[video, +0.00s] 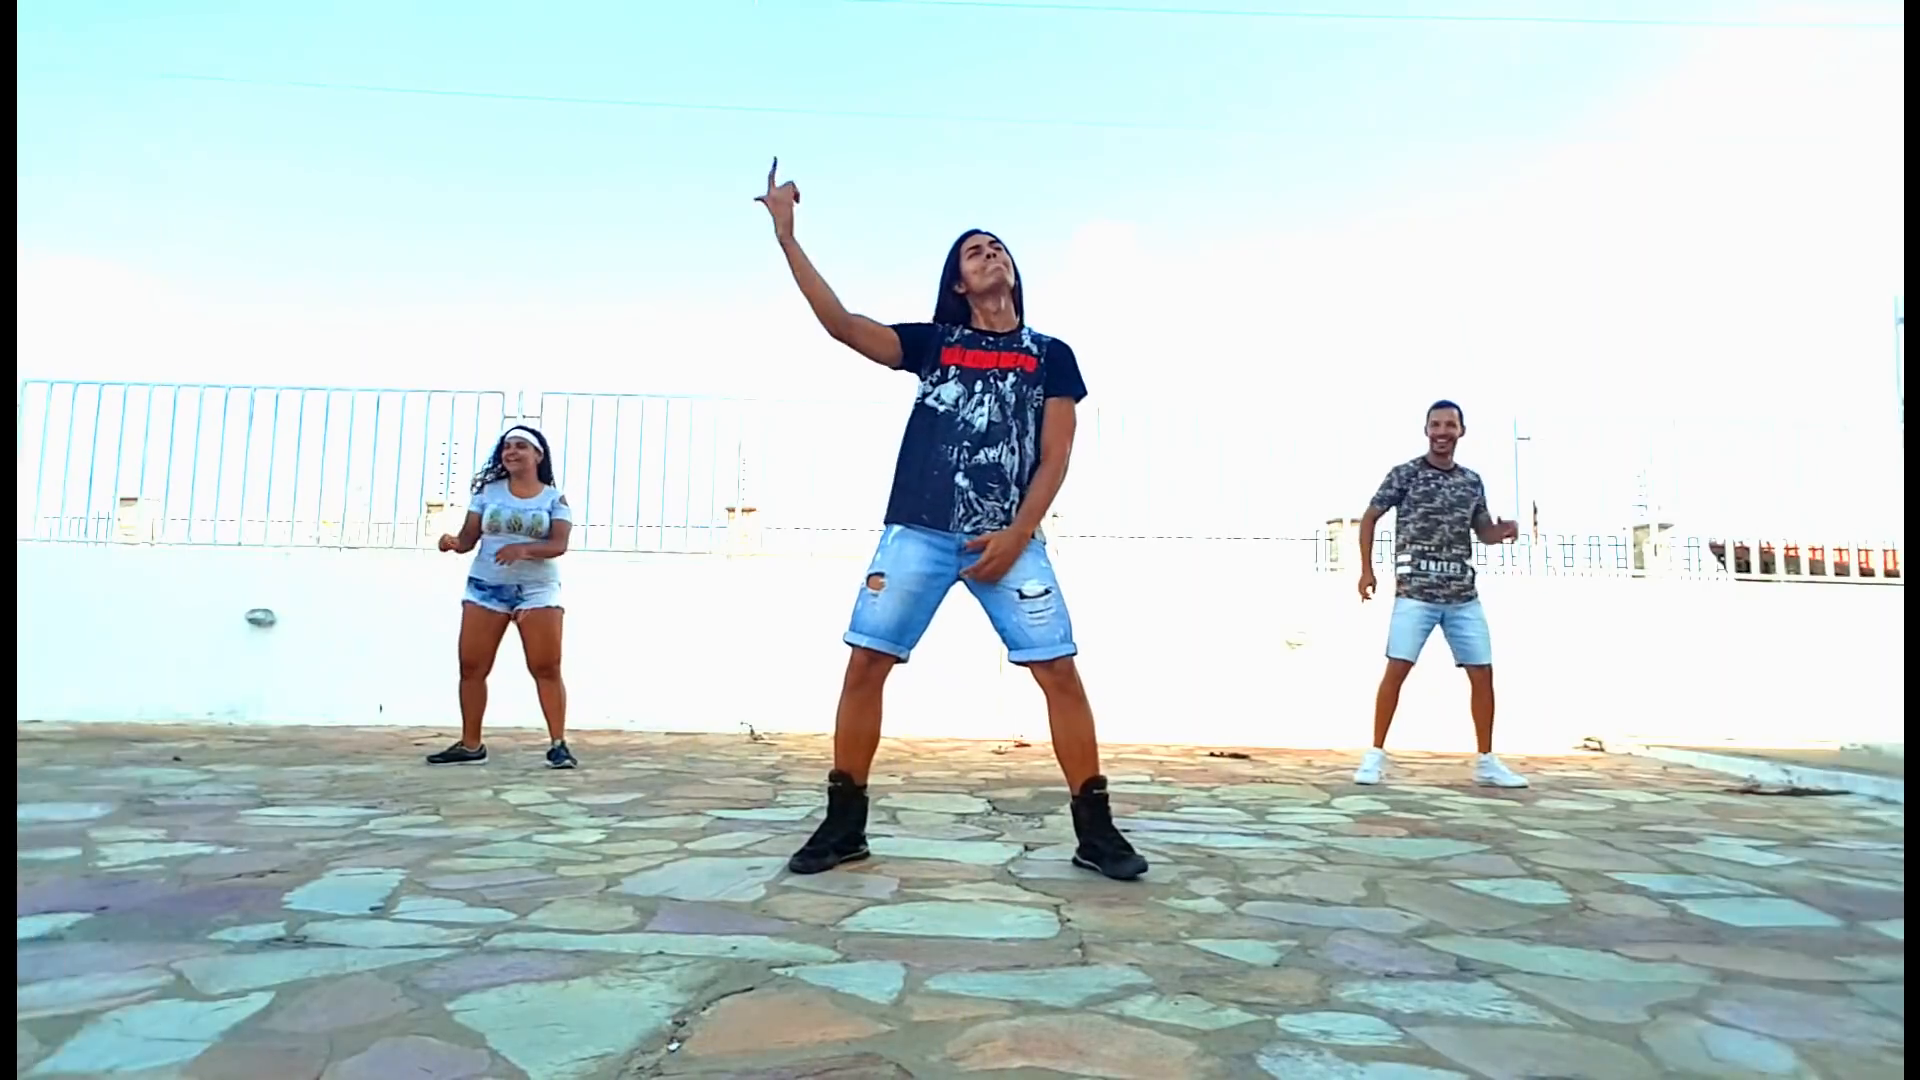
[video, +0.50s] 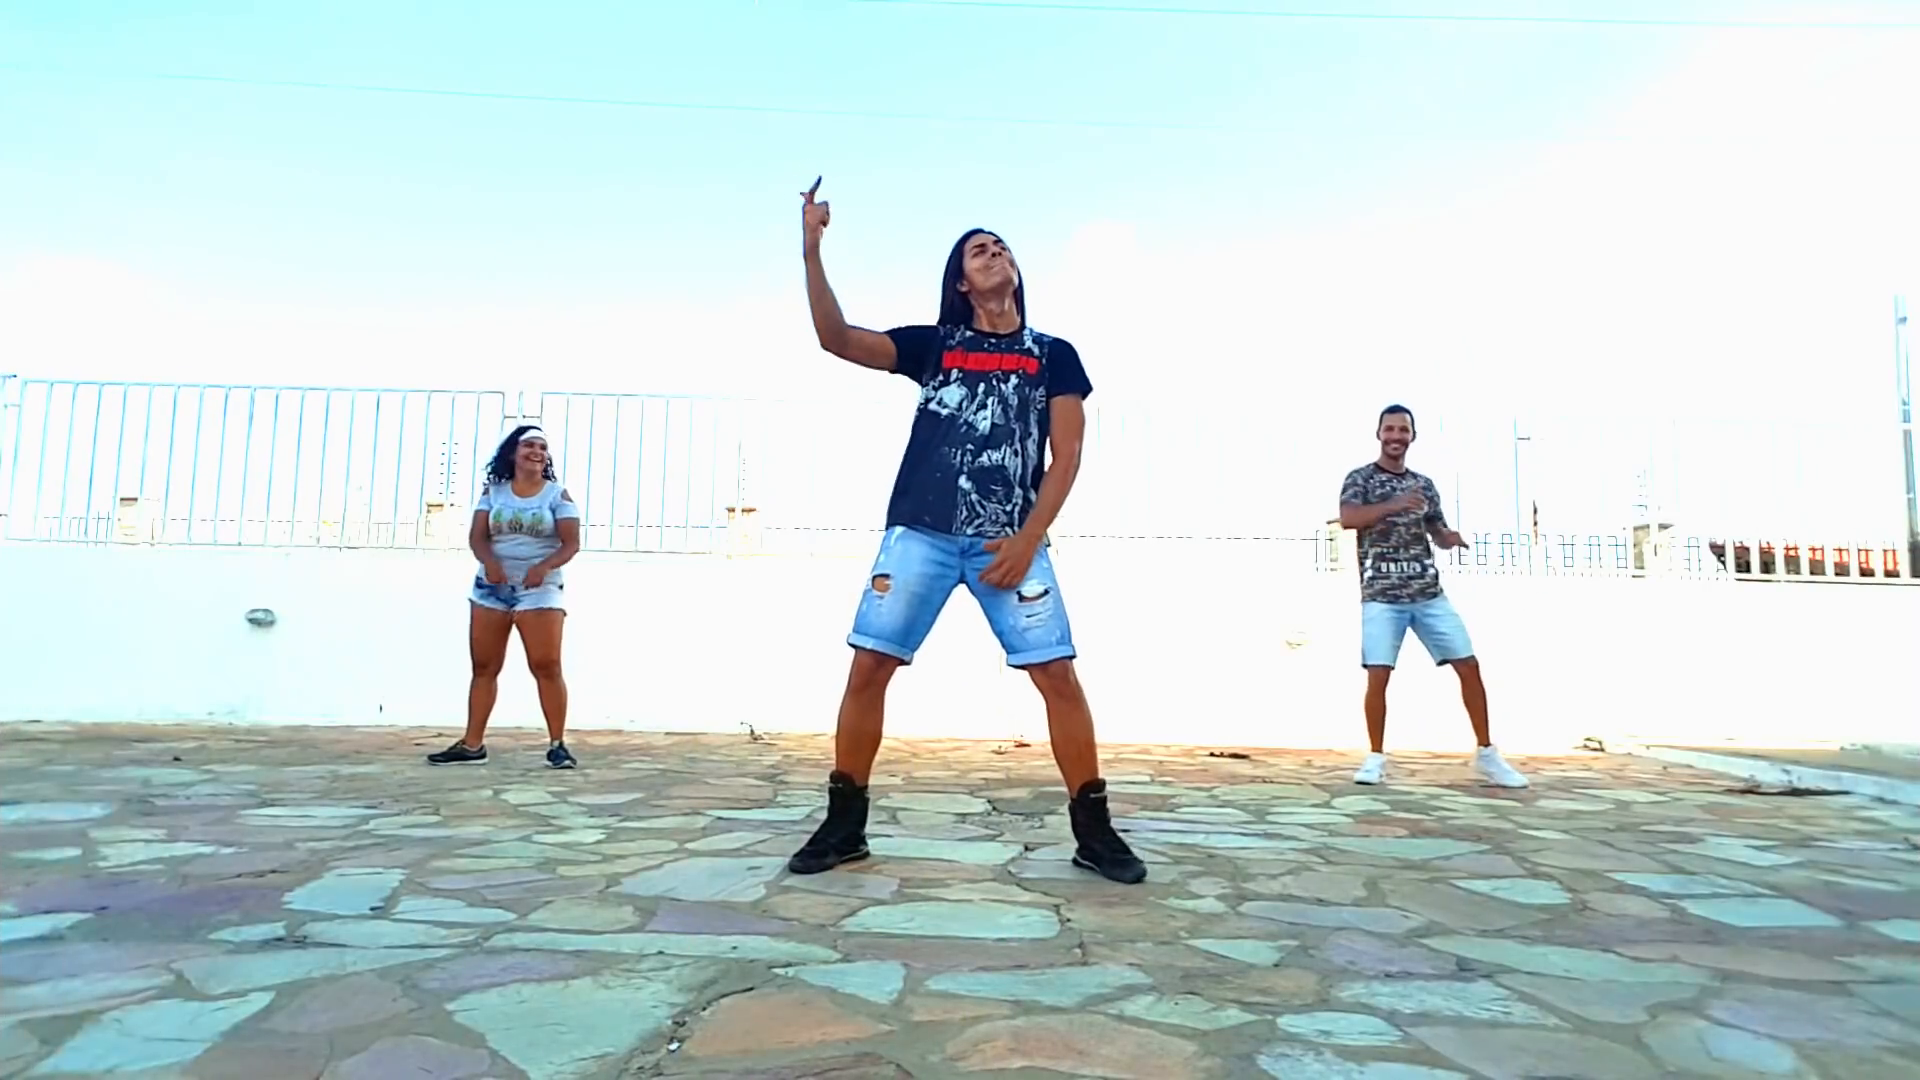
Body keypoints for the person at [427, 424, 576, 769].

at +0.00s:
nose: (511, 451)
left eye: (520, 446)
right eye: (507, 447)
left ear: (538, 456)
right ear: (500, 456)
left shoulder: (554, 499)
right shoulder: (487, 493)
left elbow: (558, 545)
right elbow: (468, 540)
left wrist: (523, 549)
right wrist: (454, 543)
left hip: (538, 592)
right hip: (485, 589)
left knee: (546, 669)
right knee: (471, 669)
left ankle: (558, 744)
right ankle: (470, 744)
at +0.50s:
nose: (536, 451)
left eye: (542, 447)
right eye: (528, 446)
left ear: (547, 457)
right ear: (512, 454)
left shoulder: (557, 495)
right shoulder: (493, 492)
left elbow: (571, 544)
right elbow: (477, 537)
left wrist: (543, 566)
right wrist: (490, 562)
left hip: (540, 591)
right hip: (492, 589)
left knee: (546, 667)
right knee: (483, 667)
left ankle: (557, 744)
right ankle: (472, 743)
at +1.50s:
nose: (550, 454)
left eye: (557, 451)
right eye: (544, 449)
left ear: (564, 460)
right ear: (528, 455)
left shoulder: (571, 500)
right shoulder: (506, 492)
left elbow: (580, 545)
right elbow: (489, 533)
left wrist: (581, 584)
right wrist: (481, 568)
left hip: (550, 589)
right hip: (501, 587)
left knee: (554, 668)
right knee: (487, 667)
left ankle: (559, 743)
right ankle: (472, 743)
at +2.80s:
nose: (543, 464)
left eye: (551, 458)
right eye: (538, 457)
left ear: (570, 462)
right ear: (533, 460)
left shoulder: (584, 504)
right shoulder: (518, 495)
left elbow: (587, 554)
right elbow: (497, 541)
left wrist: (551, 563)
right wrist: (475, 583)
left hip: (558, 591)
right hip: (513, 588)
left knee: (558, 667)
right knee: (492, 667)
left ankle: (558, 745)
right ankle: (472, 743)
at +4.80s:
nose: (527, 459)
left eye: (535, 454)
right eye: (520, 454)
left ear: (550, 462)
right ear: (513, 463)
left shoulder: (561, 496)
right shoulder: (500, 497)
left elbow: (564, 513)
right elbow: (486, 523)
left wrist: (553, 517)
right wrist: (489, 536)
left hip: (543, 589)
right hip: (494, 586)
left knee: (553, 668)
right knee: (479, 666)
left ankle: (558, 744)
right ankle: (471, 744)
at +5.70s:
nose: (531, 454)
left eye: (537, 449)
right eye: (523, 449)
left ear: (545, 459)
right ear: (510, 458)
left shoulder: (555, 495)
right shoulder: (493, 497)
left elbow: (565, 516)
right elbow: (470, 534)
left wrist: (561, 525)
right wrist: (449, 562)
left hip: (539, 588)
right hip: (489, 587)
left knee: (551, 669)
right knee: (471, 668)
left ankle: (556, 744)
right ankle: (471, 744)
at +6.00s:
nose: (512, 445)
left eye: (519, 439)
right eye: (504, 439)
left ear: (530, 446)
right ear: (493, 447)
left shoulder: (541, 476)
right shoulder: (482, 486)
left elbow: (550, 496)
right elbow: (459, 528)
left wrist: (558, 502)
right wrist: (420, 541)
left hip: (533, 576)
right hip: (484, 575)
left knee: (546, 654)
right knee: (446, 645)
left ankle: (558, 734)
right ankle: (447, 723)